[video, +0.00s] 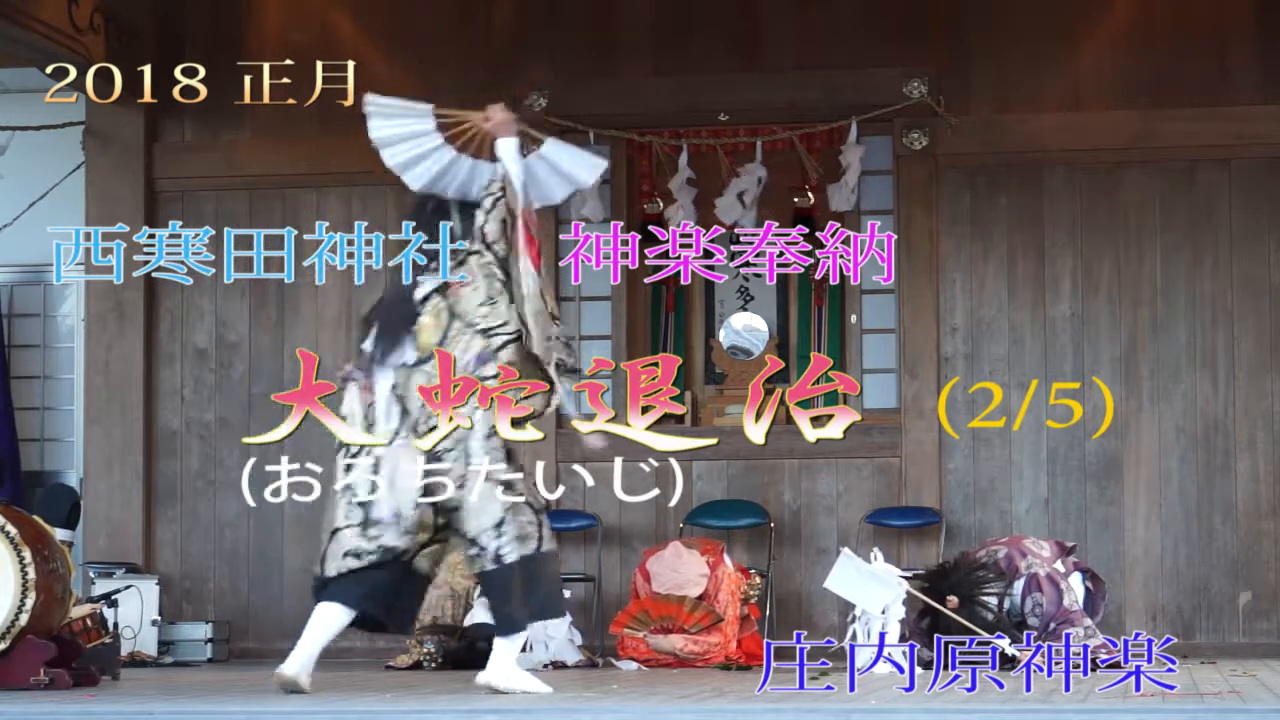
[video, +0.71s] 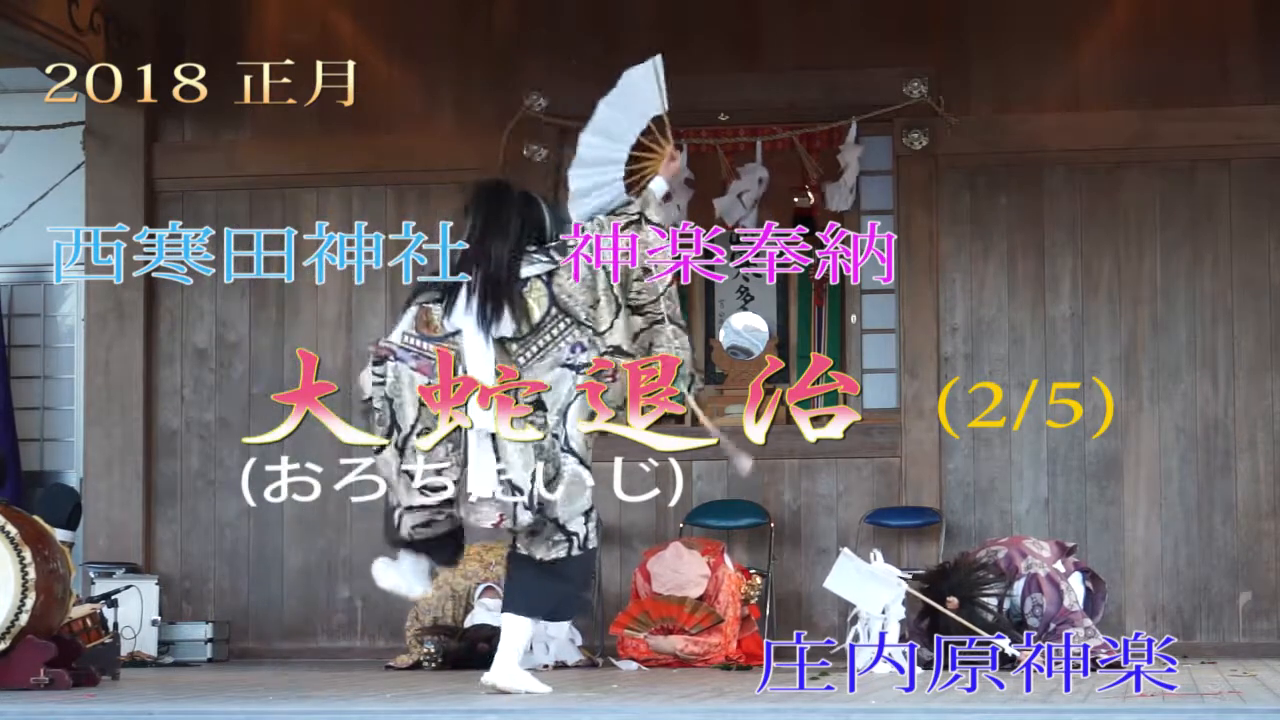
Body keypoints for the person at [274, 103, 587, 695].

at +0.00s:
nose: (482, 255)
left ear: (416, 243)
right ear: (464, 243)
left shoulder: (395, 308)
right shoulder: (477, 284)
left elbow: (372, 385)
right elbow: (502, 210)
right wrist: (507, 142)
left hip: (395, 452)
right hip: (464, 449)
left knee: (376, 548)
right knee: (516, 536)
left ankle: (303, 657)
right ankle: (505, 661)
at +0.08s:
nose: (504, 215)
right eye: (497, 203)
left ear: (436, 214)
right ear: (486, 207)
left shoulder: (411, 282)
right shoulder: (495, 246)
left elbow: (377, 368)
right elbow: (533, 179)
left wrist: (379, 436)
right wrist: (537, 120)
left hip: (412, 437)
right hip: (486, 433)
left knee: (388, 537)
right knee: (526, 537)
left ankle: (319, 645)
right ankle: (505, 660)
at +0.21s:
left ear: (461, 183)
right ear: (517, 177)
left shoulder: (445, 233)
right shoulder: (527, 208)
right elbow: (566, 160)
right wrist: (583, 94)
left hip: (446, 368)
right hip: (514, 368)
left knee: (428, 479)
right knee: (521, 494)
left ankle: (389, 566)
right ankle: (516, 641)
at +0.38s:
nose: (536, 193)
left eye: (527, 184)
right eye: (527, 185)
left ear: (465, 194)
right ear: (519, 193)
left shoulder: (457, 254)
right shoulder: (534, 243)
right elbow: (579, 189)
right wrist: (622, 115)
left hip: (493, 404)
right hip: (529, 410)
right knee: (526, 528)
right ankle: (510, 657)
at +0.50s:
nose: (544, 226)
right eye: (538, 218)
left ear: (475, 229)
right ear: (532, 225)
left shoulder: (459, 292)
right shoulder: (552, 274)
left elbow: (390, 342)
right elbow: (598, 226)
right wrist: (644, 161)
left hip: (494, 437)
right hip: (539, 438)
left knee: (545, 524)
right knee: (532, 539)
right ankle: (507, 664)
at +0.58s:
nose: (551, 241)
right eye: (544, 231)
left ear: (476, 238)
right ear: (536, 235)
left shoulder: (449, 298)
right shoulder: (557, 285)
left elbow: (392, 364)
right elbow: (613, 245)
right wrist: (659, 184)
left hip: (483, 440)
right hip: (540, 441)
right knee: (542, 540)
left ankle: (436, 530)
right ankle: (507, 665)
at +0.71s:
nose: (550, 235)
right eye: (543, 225)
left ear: (479, 230)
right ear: (532, 229)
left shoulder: (463, 290)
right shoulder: (547, 284)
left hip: (486, 434)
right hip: (539, 437)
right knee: (542, 535)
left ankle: (414, 566)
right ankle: (507, 663)